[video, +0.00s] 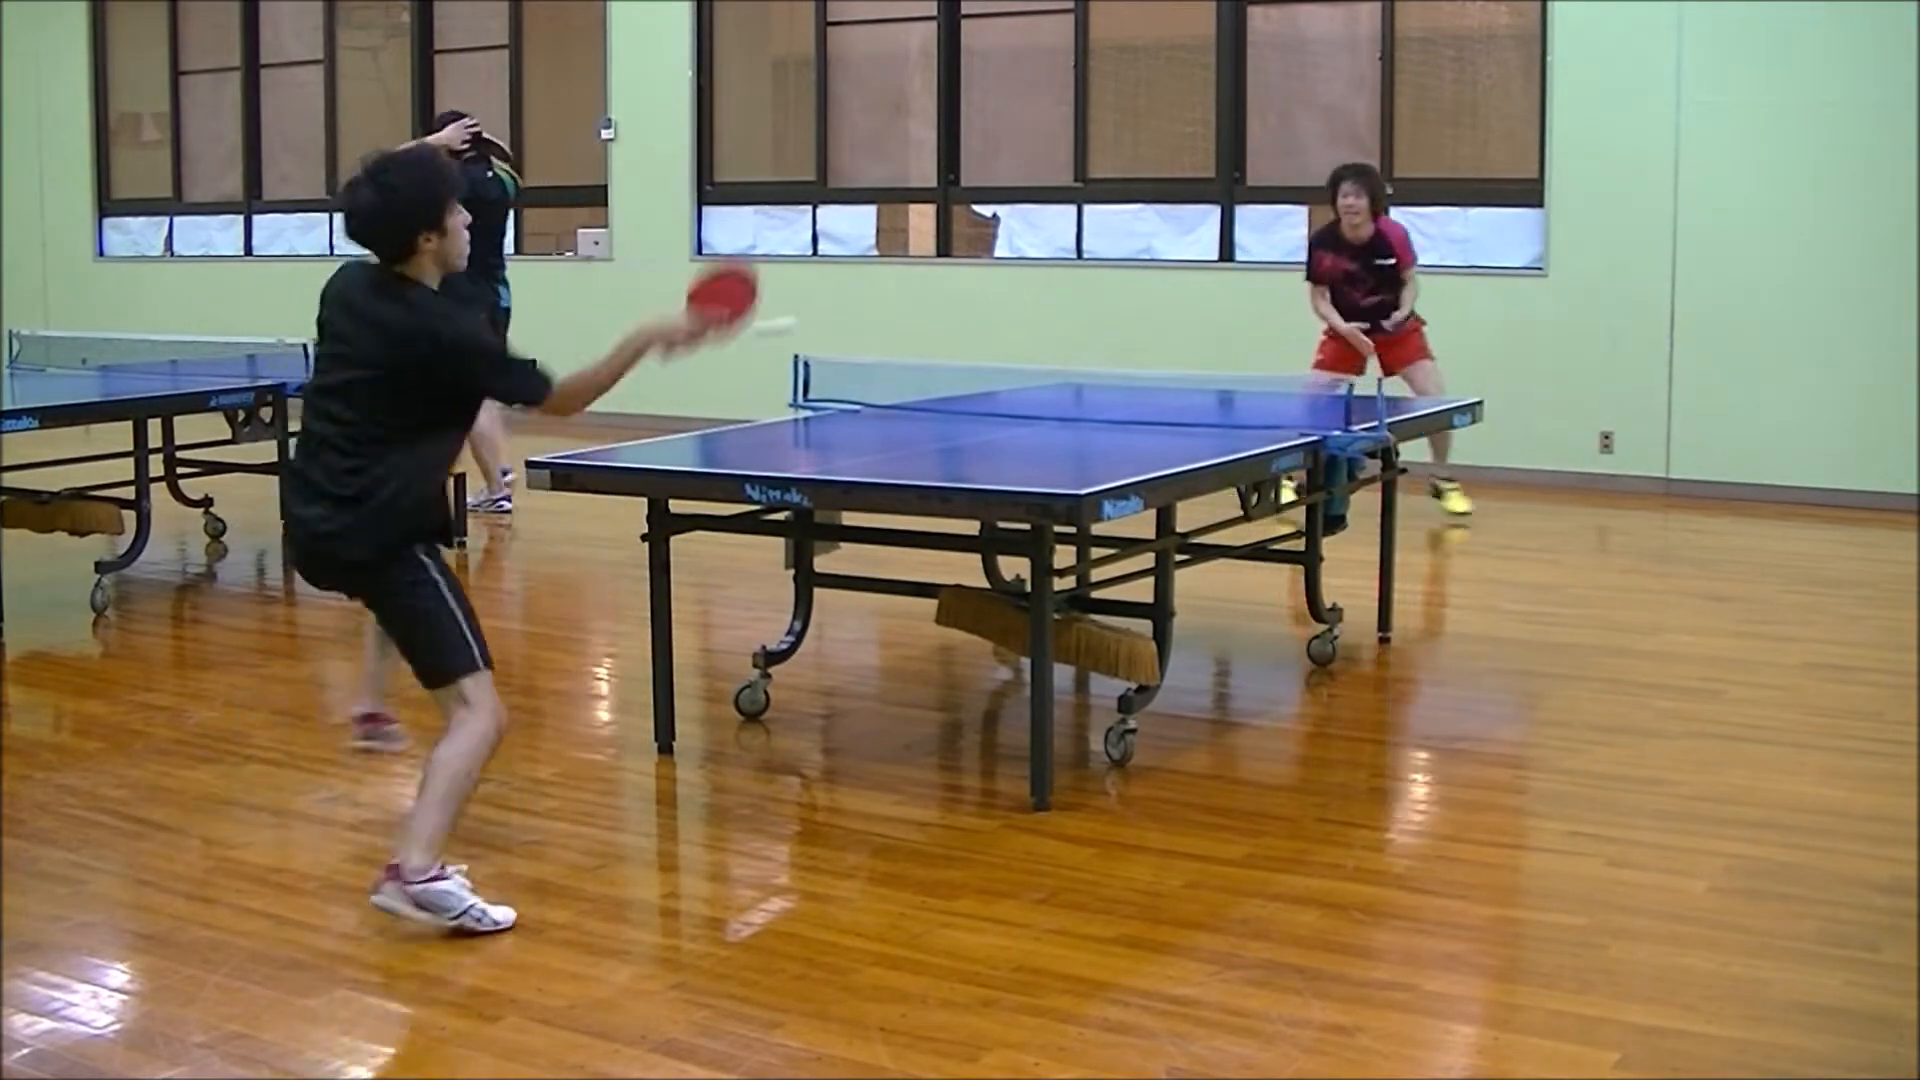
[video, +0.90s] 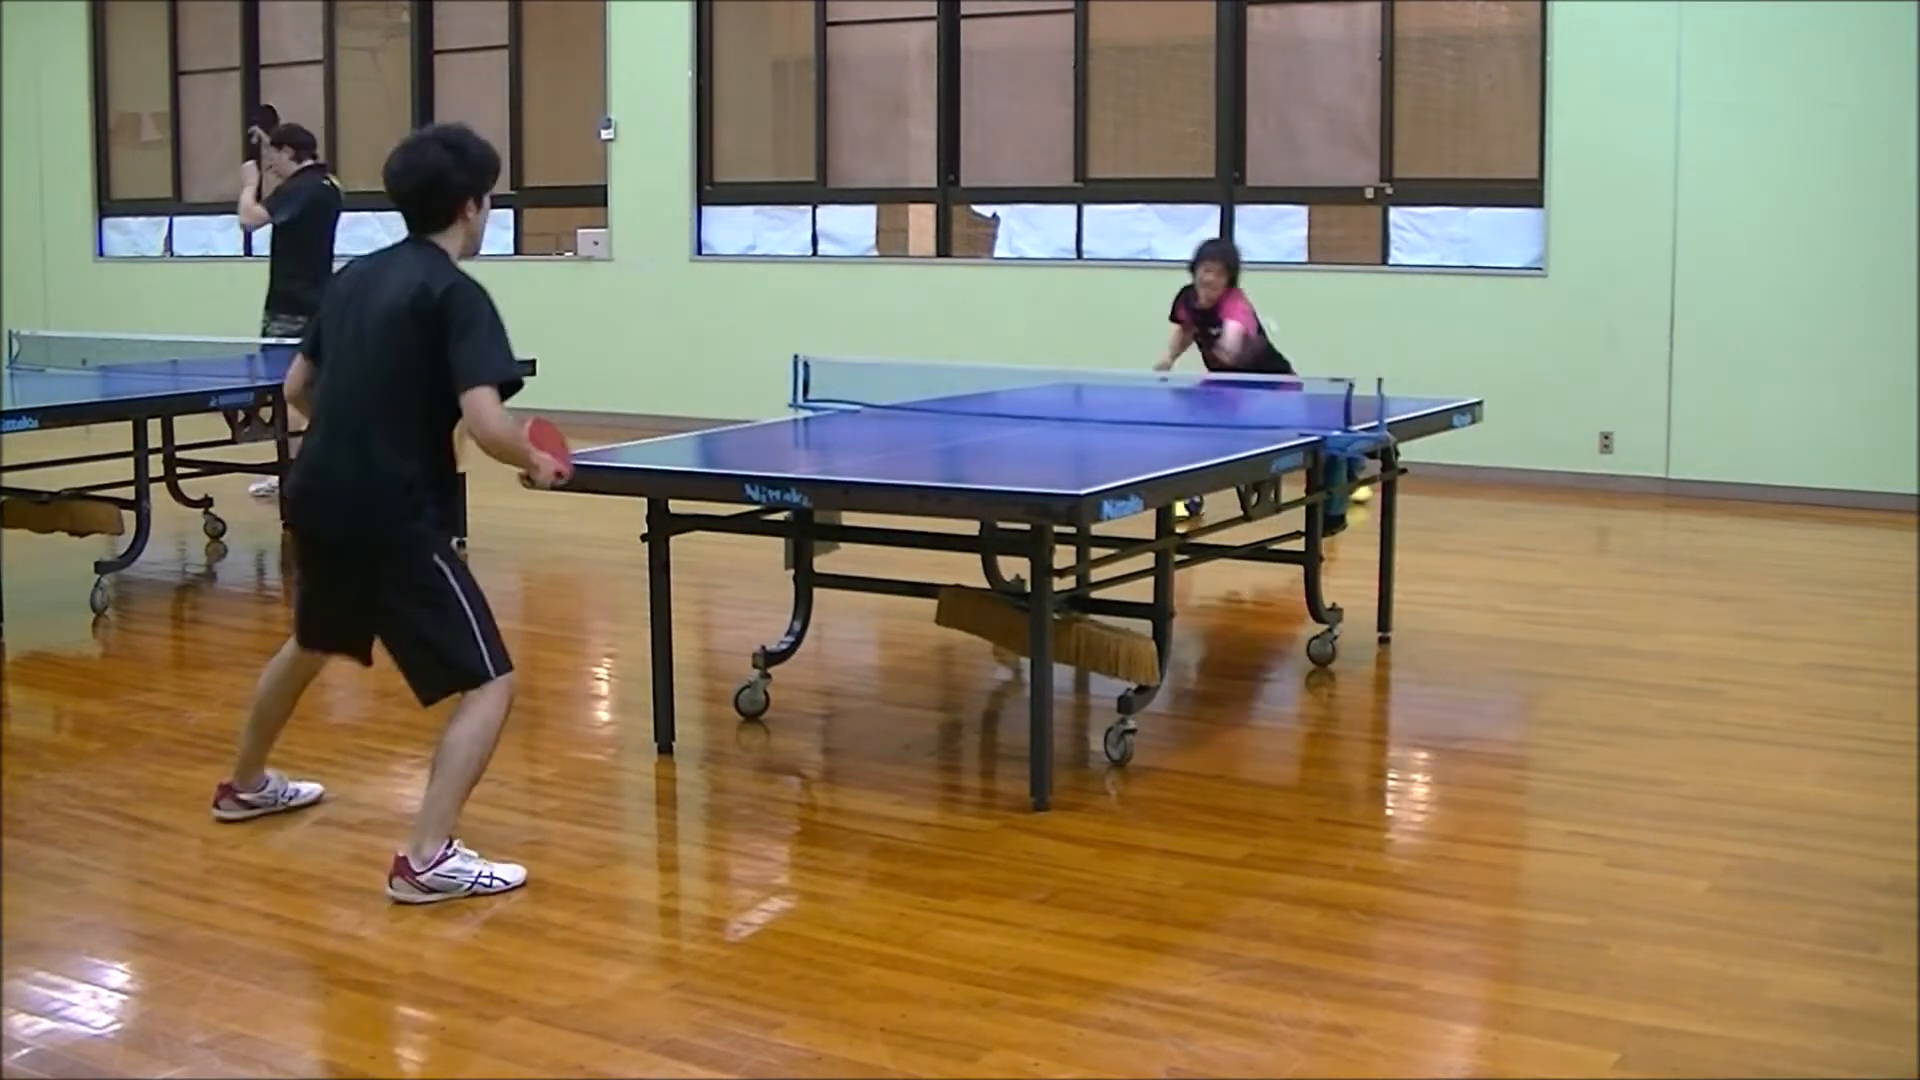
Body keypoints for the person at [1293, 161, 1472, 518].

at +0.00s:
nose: (1348, 203)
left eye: (1357, 195)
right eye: (1342, 196)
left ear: (1373, 201)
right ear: (1334, 201)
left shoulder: (1393, 234)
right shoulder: (1322, 242)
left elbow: (1409, 281)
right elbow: (1319, 298)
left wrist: (1403, 310)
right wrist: (1345, 329)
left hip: (1395, 327)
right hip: (1345, 330)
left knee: (1435, 399)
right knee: (1314, 401)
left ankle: (1441, 478)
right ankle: (1297, 477)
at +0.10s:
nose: (1377, 214)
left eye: (1385, 206)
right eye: (1370, 206)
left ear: (1400, 211)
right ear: (1361, 212)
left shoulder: (1418, 246)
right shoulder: (1347, 252)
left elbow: (1439, 295)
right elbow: (1332, 303)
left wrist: (1442, 331)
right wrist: (1349, 343)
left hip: (1417, 346)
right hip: (1366, 349)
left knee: (1467, 411)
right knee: (1332, 418)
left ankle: (1503, 492)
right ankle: (1325, 506)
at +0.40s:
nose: (1383, 233)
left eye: (1392, 227)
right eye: (1379, 224)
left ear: (1409, 233)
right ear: (1370, 225)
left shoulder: (1420, 266)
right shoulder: (1346, 259)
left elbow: (1438, 313)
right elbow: (1317, 312)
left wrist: (1469, 359)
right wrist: (1338, 360)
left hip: (1388, 352)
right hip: (1335, 351)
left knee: (1437, 409)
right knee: (1304, 415)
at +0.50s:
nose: (1361, 249)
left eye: (1370, 243)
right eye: (1356, 241)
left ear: (1386, 249)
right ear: (1347, 242)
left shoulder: (1395, 282)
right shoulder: (1322, 274)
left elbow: (1410, 334)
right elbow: (1292, 320)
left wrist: (1438, 387)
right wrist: (1310, 369)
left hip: (1364, 366)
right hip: (1315, 365)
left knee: (1415, 412)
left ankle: (1412, 485)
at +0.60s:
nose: (1332, 270)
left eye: (1342, 264)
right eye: (1328, 260)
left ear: (1355, 272)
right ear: (1317, 260)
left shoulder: (1358, 303)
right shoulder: (1288, 285)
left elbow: (1371, 352)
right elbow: (1256, 326)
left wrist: (1385, 389)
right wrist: (1278, 367)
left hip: (1330, 377)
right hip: (1275, 376)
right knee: (1241, 427)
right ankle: (1198, 494)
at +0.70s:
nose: (1304, 285)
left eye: (1312, 280)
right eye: (1299, 275)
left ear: (1319, 284)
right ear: (1285, 269)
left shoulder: (1317, 315)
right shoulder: (1248, 291)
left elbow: (1330, 366)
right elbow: (1217, 328)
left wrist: (1335, 401)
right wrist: (1243, 368)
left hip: (1295, 386)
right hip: (1240, 382)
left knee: (1355, 418)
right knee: (1203, 428)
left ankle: (1398, 480)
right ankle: (1190, 499)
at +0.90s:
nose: (1209, 278)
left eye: (1218, 273)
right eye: (1205, 271)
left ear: (1229, 277)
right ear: (1195, 272)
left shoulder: (1235, 303)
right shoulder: (1187, 298)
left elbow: (1231, 346)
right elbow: (1185, 331)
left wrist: (1224, 347)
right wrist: (1170, 357)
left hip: (1275, 383)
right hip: (1228, 381)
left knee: (1308, 430)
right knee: (1188, 423)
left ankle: (1350, 471)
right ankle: (1191, 499)